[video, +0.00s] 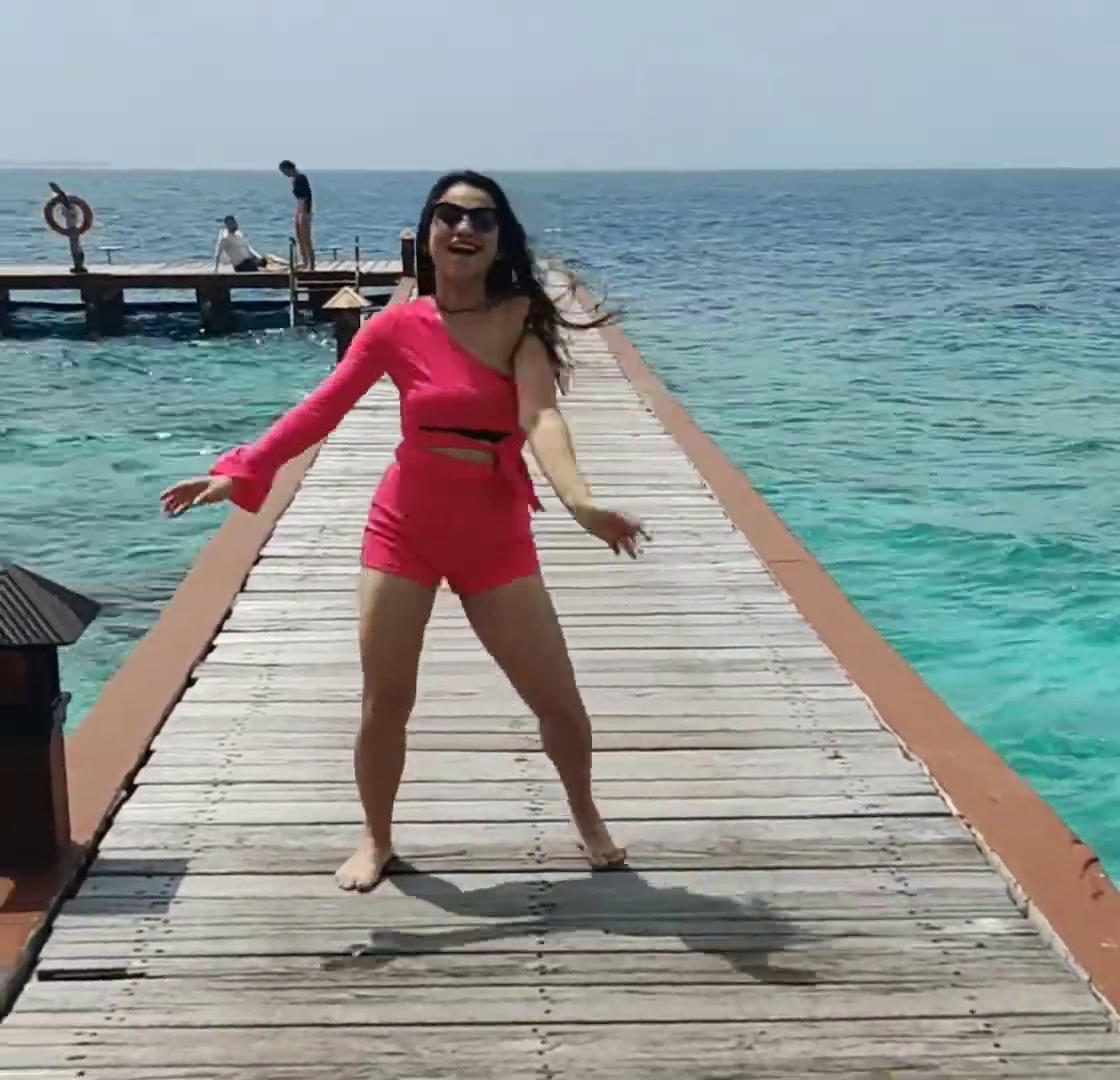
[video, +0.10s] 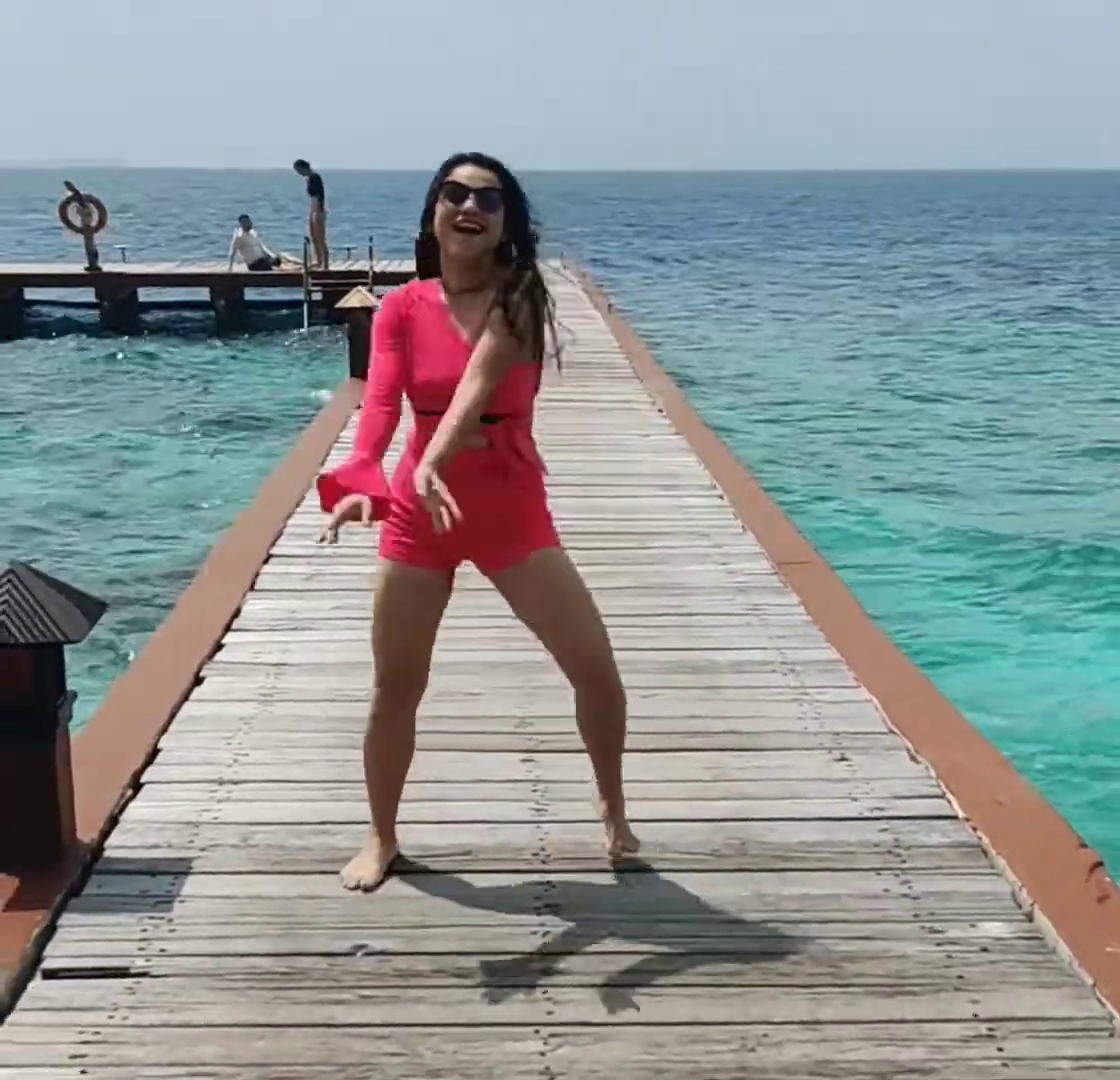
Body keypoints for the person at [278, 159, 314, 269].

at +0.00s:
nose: (285, 174)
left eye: (285, 172)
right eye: (283, 172)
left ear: (290, 169)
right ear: (287, 171)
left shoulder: (300, 179)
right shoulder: (295, 179)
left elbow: (305, 197)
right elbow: (299, 198)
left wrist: (305, 213)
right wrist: (297, 213)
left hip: (305, 210)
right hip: (299, 209)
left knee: (305, 237)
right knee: (300, 236)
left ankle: (311, 265)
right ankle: (304, 262)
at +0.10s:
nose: (300, 174)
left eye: (300, 171)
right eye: (298, 172)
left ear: (304, 168)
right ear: (301, 170)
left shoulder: (315, 178)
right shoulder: (309, 179)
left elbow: (319, 197)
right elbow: (312, 198)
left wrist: (320, 211)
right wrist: (311, 213)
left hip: (318, 210)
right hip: (313, 210)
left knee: (320, 237)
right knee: (314, 236)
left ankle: (324, 264)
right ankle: (318, 262)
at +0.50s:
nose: (305, 174)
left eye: (305, 171)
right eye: (303, 171)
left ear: (309, 168)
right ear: (308, 169)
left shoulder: (319, 178)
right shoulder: (315, 178)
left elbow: (323, 196)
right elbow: (318, 196)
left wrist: (320, 212)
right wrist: (317, 211)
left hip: (322, 210)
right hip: (317, 209)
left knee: (324, 238)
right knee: (319, 238)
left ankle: (329, 265)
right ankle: (323, 263)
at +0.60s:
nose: (304, 174)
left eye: (304, 171)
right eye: (302, 171)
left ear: (308, 168)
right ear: (306, 170)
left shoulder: (317, 179)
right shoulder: (313, 179)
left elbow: (321, 197)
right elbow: (316, 197)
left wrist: (318, 213)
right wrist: (314, 212)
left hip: (320, 211)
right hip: (315, 210)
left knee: (322, 239)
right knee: (317, 238)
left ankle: (328, 265)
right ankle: (322, 263)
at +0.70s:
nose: (304, 173)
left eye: (304, 170)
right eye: (302, 171)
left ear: (308, 168)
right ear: (307, 169)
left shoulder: (317, 179)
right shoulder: (313, 179)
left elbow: (320, 197)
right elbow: (315, 197)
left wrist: (317, 213)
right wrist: (313, 212)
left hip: (320, 210)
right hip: (315, 210)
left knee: (322, 239)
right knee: (316, 238)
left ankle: (327, 266)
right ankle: (321, 264)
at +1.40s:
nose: (306, 173)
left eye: (307, 170)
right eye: (305, 171)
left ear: (311, 169)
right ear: (311, 169)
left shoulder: (319, 180)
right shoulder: (315, 180)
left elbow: (320, 199)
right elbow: (315, 200)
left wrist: (319, 213)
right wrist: (311, 216)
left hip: (318, 213)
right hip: (313, 212)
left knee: (321, 241)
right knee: (316, 241)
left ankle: (328, 267)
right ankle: (322, 265)